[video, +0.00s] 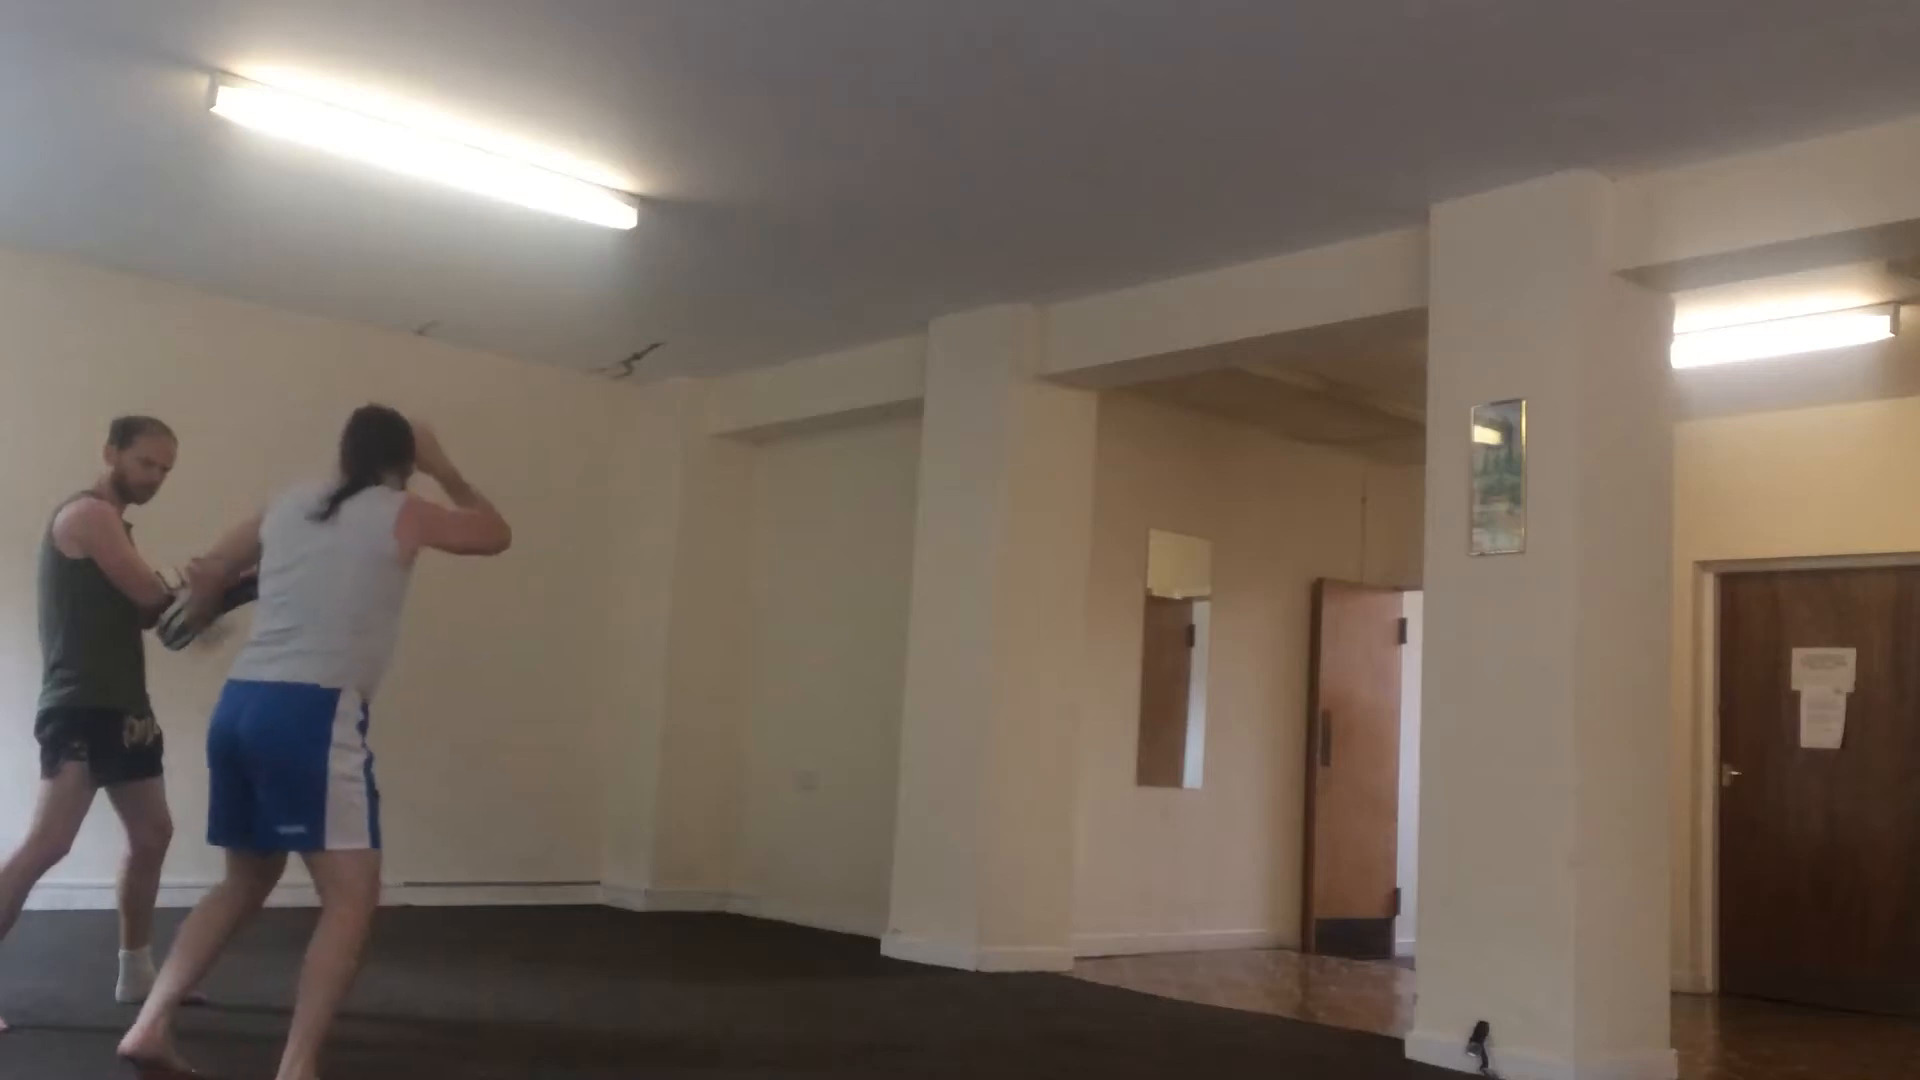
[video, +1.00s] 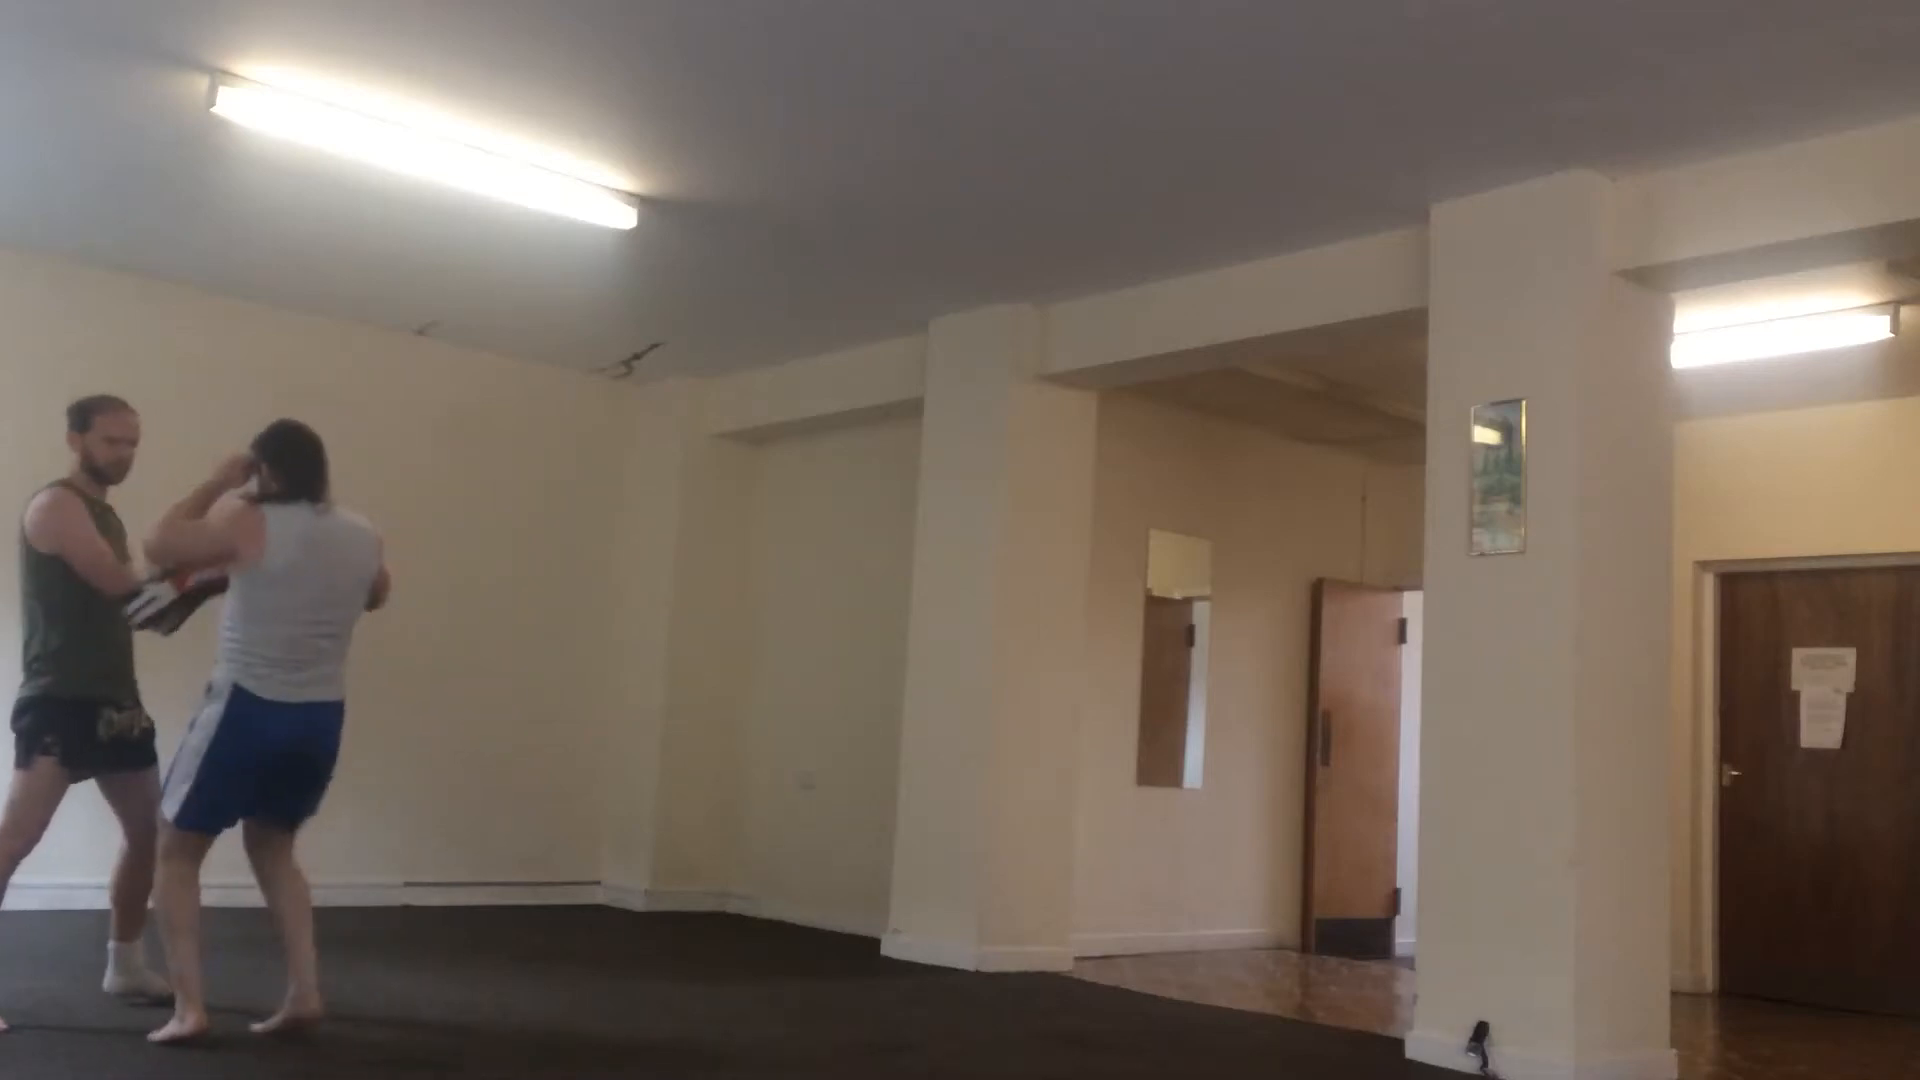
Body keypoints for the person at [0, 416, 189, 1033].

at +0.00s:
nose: (156, 478)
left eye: (164, 470)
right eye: (149, 465)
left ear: (160, 471)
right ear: (113, 454)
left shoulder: (110, 522)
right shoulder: (87, 515)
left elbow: (148, 610)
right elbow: (154, 599)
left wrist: (194, 594)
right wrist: (182, 584)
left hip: (124, 711)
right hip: (81, 710)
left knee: (153, 834)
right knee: (46, 843)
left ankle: (135, 973)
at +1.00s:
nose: (126, 454)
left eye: (132, 444)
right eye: (114, 442)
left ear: (134, 447)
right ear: (77, 441)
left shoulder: (106, 517)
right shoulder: (54, 506)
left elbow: (125, 606)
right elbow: (113, 581)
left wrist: (188, 587)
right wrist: (165, 571)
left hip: (113, 701)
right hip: (59, 702)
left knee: (146, 834)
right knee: (15, 840)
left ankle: (125, 966)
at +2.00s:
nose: (229, 487)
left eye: (241, 480)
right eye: (222, 473)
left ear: (246, 486)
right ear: (192, 466)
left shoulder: (228, 552)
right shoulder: (132, 521)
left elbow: (230, 635)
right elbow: (53, 552)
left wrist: (248, 659)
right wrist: (27, 523)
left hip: (182, 718)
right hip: (117, 707)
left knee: (145, 854)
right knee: (107, 843)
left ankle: (106, 973)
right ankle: (79, 997)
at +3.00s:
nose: (251, 466)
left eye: (260, 457)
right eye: (242, 452)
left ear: (269, 462)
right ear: (211, 444)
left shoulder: (262, 512)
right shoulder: (159, 504)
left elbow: (335, 554)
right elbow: (168, 524)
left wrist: (339, 488)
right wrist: (195, 456)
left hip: (235, 703)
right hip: (155, 700)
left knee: (241, 861)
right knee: (120, 857)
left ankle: (234, 1001)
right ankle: (76, 1021)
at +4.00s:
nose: (228, 476)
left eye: (239, 461)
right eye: (216, 465)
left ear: (265, 454)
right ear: (202, 465)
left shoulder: (286, 526)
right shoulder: (216, 523)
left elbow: (224, 607)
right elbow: (188, 598)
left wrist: (165, 579)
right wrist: (139, 572)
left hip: (243, 713)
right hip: (190, 704)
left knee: (223, 858)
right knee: (149, 849)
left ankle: (249, 1025)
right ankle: (145, 989)